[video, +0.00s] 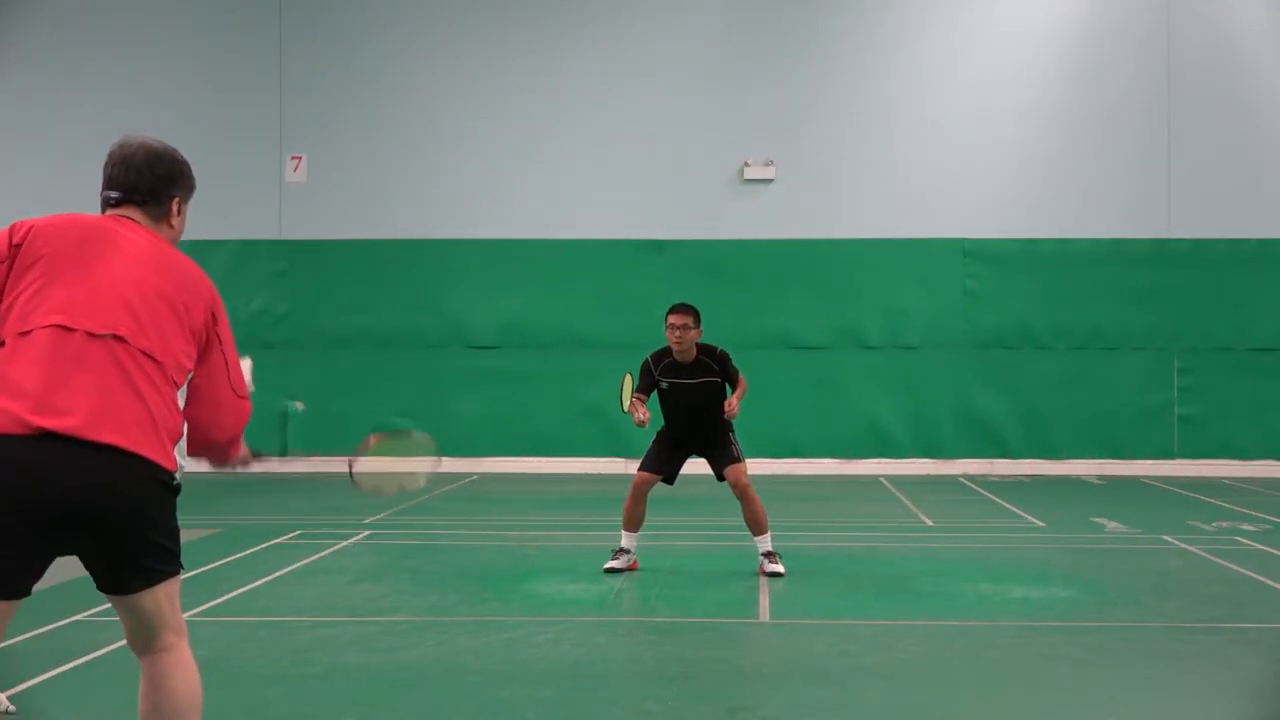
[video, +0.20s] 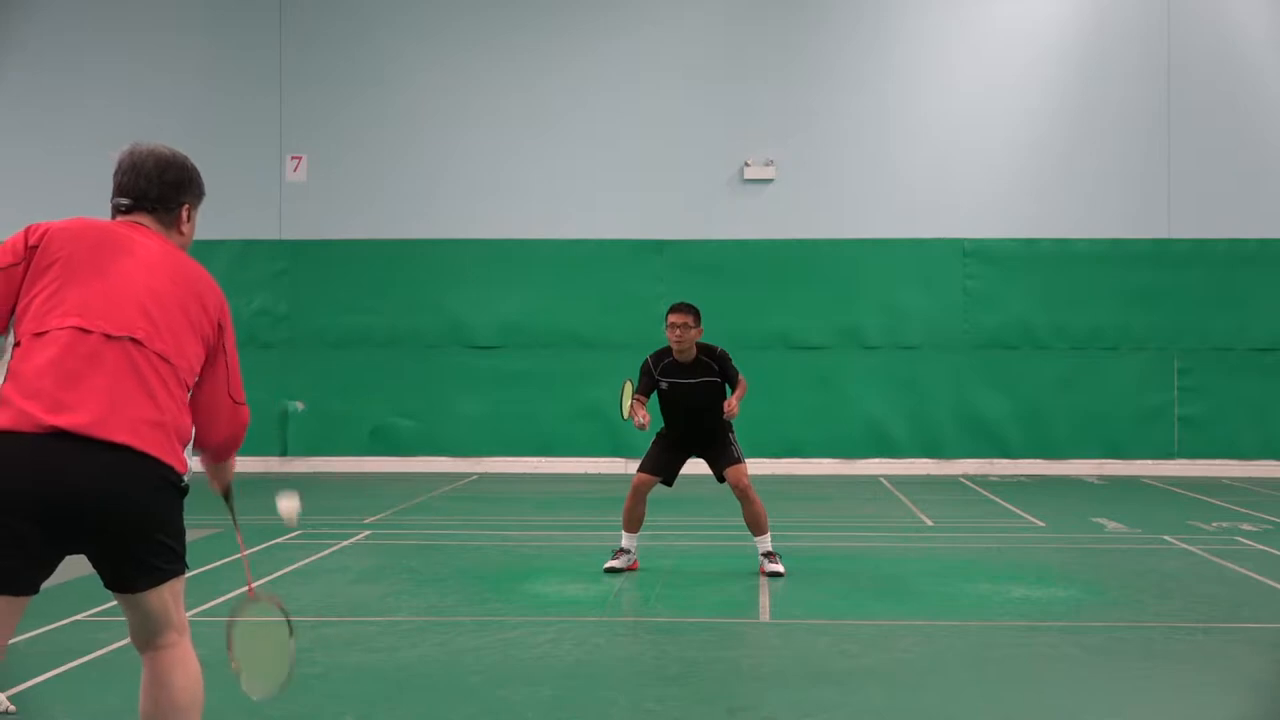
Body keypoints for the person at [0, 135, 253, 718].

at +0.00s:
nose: (187, 221)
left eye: (187, 208)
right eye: (188, 208)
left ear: (105, 199)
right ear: (175, 209)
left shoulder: (28, 235)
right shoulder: (195, 286)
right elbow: (216, 426)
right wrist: (227, 448)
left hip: (15, 458)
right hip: (128, 474)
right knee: (162, 644)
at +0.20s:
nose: (198, 227)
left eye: (199, 215)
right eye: (198, 215)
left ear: (117, 205)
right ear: (185, 216)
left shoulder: (46, 237)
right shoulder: (203, 290)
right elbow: (220, 423)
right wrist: (220, 467)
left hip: (22, 456)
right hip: (137, 475)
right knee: (164, 640)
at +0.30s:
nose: (201, 228)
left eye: (202, 216)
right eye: (201, 217)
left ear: (121, 205)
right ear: (189, 217)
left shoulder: (51, 238)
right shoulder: (207, 289)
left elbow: (0, 308)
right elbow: (217, 410)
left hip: (26, 456)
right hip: (141, 473)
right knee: (166, 639)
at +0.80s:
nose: (184, 194)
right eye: (183, 185)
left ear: (100, 184)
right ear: (174, 189)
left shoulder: (45, 224)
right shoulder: (205, 265)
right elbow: (221, 389)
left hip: (34, 446)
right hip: (148, 458)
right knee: (168, 643)